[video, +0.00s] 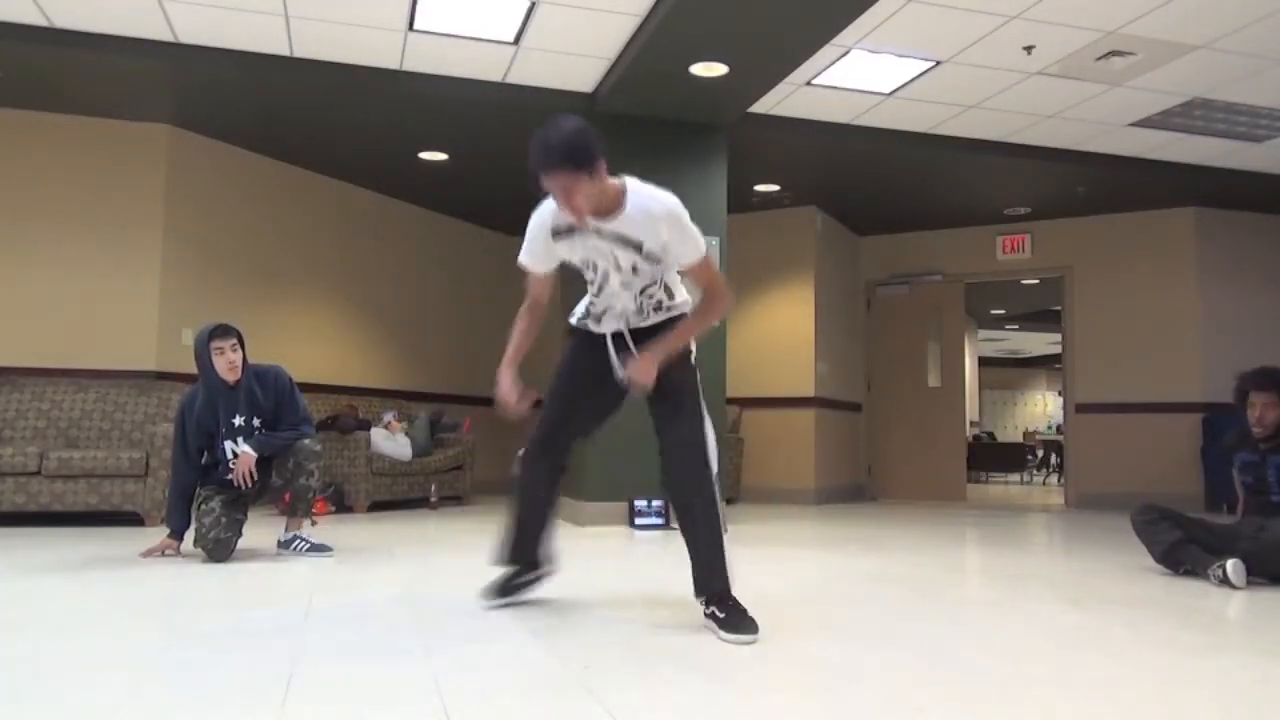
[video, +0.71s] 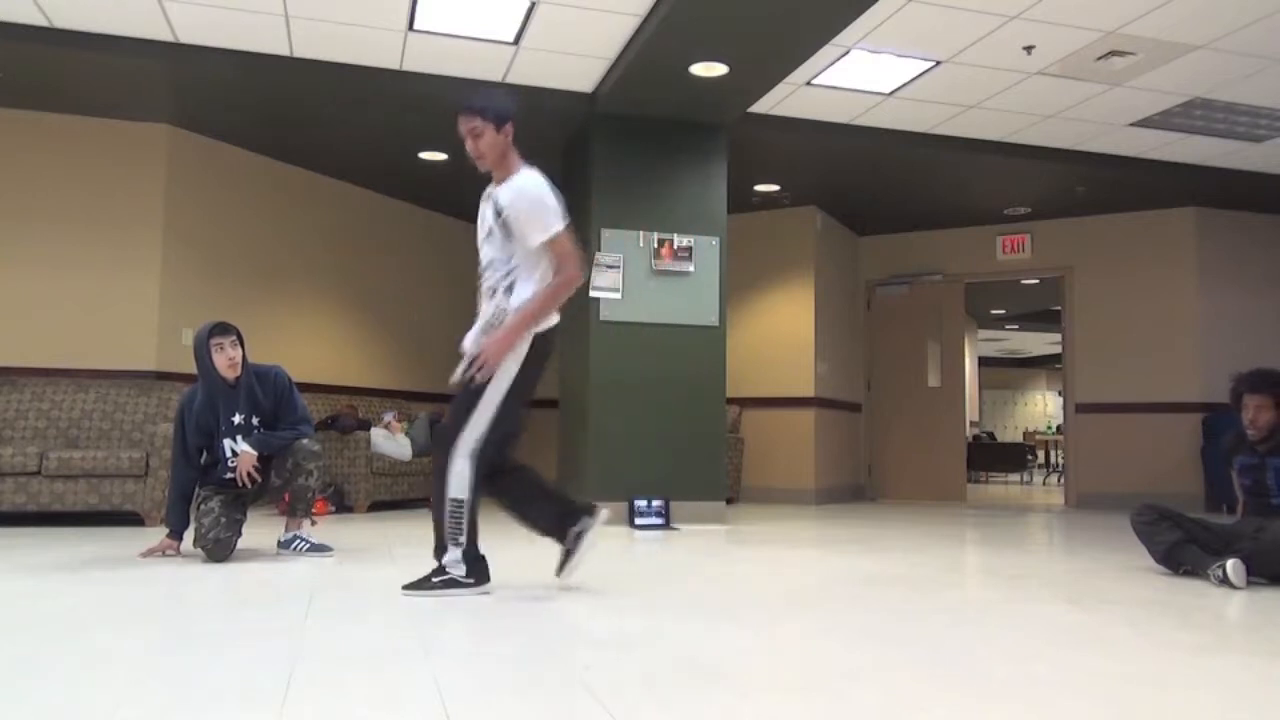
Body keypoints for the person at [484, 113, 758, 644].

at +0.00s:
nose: (563, 203)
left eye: (570, 189)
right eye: (554, 192)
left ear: (598, 173)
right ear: (545, 184)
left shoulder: (659, 213)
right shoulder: (548, 221)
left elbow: (718, 295)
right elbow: (536, 302)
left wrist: (658, 353)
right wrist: (508, 368)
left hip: (666, 331)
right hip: (599, 335)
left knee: (689, 462)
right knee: (545, 442)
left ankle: (716, 594)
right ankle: (527, 561)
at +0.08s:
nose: (551, 181)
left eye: (556, 167)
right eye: (542, 172)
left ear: (587, 152)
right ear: (538, 170)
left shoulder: (653, 199)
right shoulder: (546, 210)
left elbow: (723, 270)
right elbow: (553, 283)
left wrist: (664, 320)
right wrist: (530, 341)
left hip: (662, 341)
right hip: (597, 342)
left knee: (683, 473)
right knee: (553, 454)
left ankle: (714, 595)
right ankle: (573, 546)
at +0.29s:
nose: (509, 169)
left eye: (515, 155)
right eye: (501, 159)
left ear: (545, 148)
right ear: (502, 161)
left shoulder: (590, 204)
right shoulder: (532, 214)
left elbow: (662, 258)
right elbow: (580, 277)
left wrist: (622, 334)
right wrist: (566, 328)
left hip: (622, 345)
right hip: (584, 349)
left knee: (630, 457)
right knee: (580, 468)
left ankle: (694, 577)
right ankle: (637, 561)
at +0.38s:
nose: (501, 159)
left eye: (508, 147)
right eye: (495, 151)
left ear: (538, 140)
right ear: (499, 152)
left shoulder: (579, 194)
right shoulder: (525, 206)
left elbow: (649, 251)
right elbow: (562, 271)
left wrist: (604, 322)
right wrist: (554, 321)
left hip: (612, 333)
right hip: (575, 340)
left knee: (594, 447)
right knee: (575, 464)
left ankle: (656, 569)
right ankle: (633, 564)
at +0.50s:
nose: (488, 125)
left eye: (494, 112)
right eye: (481, 116)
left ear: (523, 108)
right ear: (480, 122)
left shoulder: (562, 161)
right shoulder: (506, 175)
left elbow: (625, 226)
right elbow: (532, 243)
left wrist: (571, 288)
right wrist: (537, 303)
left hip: (580, 309)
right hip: (548, 313)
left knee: (540, 422)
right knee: (572, 432)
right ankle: (625, 543)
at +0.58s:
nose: (480, 122)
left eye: (486, 109)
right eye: (474, 113)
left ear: (516, 104)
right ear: (477, 117)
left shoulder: (550, 158)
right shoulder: (498, 173)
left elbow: (611, 225)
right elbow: (522, 249)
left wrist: (554, 288)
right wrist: (515, 311)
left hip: (559, 309)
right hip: (530, 312)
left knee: (519, 428)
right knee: (552, 436)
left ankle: (488, 559)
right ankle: (607, 534)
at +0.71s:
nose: (470, 147)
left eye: (477, 134)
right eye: (465, 137)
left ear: (506, 132)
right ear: (468, 141)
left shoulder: (528, 191)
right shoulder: (495, 196)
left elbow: (571, 271)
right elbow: (502, 284)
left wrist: (508, 334)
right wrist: (479, 340)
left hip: (522, 336)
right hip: (502, 336)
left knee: (462, 442)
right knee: (480, 452)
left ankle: (459, 562)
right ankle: (569, 519)